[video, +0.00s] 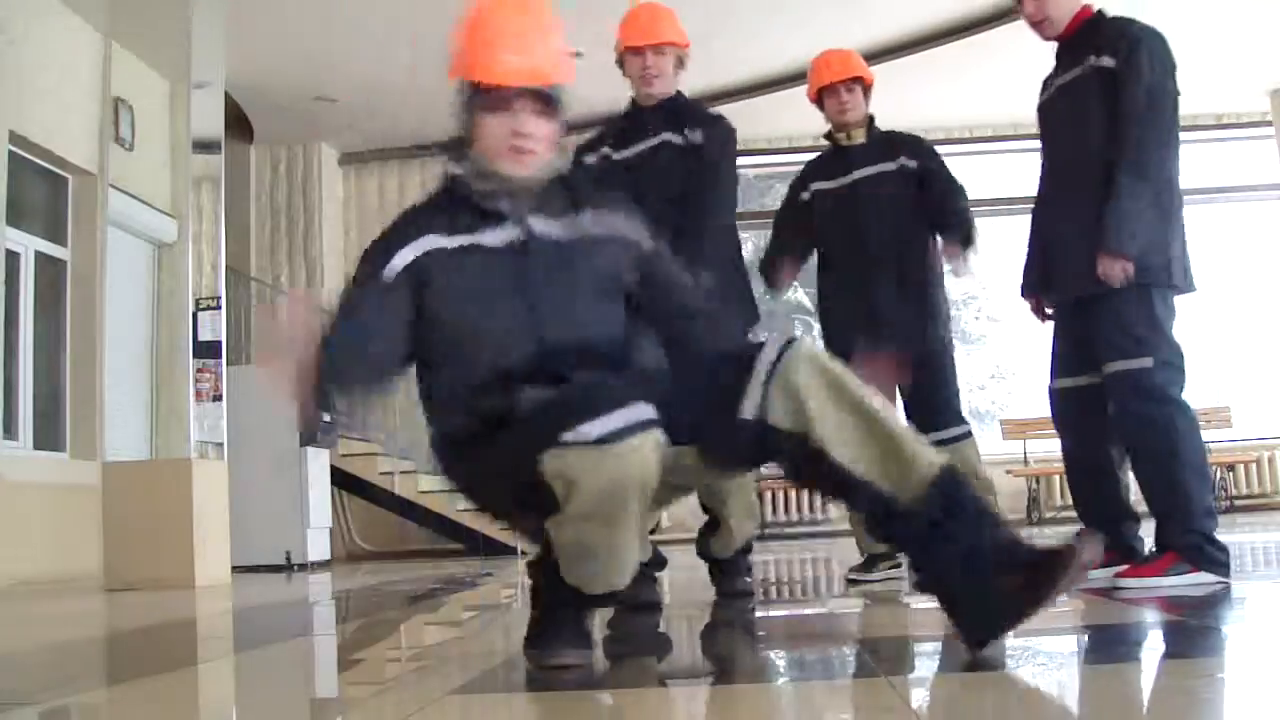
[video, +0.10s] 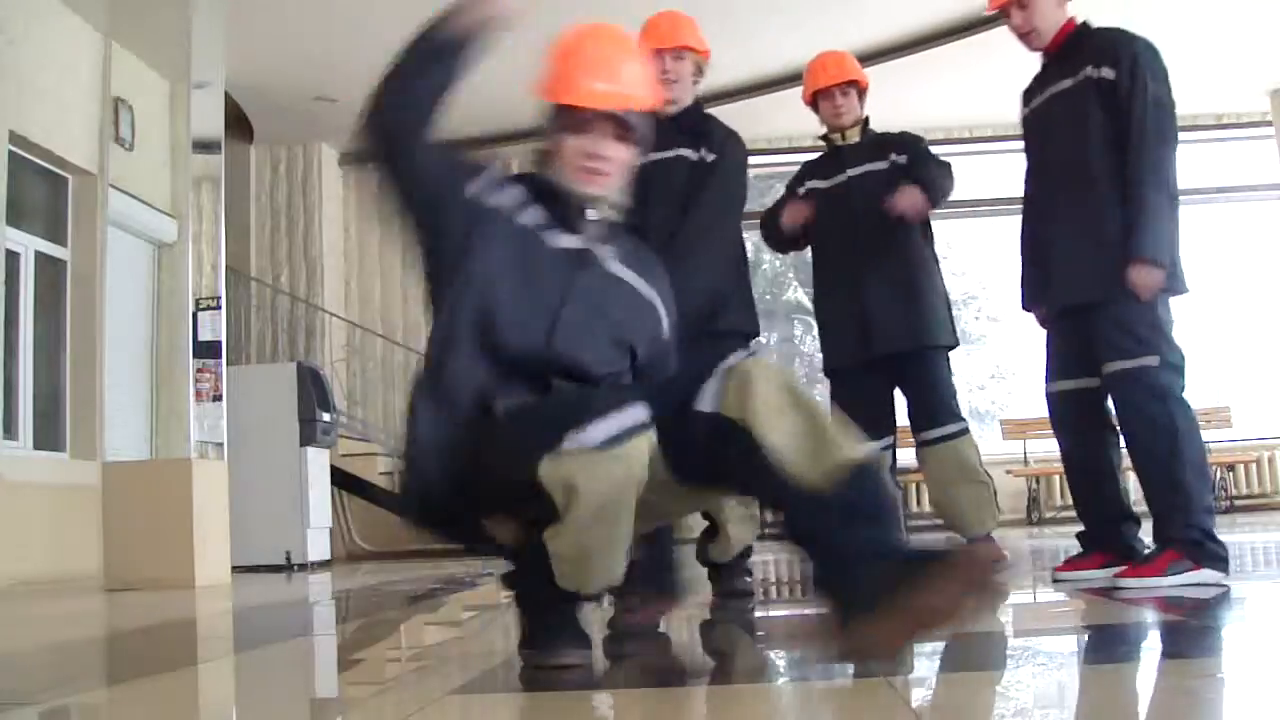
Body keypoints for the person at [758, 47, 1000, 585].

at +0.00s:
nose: (844, 99)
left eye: (851, 88)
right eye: (832, 93)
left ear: (867, 92)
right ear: (818, 104)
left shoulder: (910, 151)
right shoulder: (813, 177)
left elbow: (951, 206)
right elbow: (787, 243)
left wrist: (955, 236)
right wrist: (778, 270)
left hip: (918, 319)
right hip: (850, 328)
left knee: (942, 428)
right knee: (861, 440)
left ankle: (983, 541)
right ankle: (879, 552)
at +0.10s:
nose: (838, 101)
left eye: (846, 91)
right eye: (826, 96)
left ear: (861, 94)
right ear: (814, 107)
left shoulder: (898, 146)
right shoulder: (809, 175)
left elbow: (939, 173)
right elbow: (775, 237)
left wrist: (921, 190)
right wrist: (785, 221)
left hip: (914, 318)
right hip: (847, 329)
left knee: (941, 428)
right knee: (861, 444)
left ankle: (976, 533)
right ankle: (871, 558)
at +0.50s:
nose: (855, 94)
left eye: (865, 83)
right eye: (844, 86)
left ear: (880, 90)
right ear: (829, 95)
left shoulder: (911, 151)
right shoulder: (811, 170)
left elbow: (922, 215)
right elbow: (799, 238)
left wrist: (853, 218)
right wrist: (809, 278)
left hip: (908, 317)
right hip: (840, 323)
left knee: (914, 432)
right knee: (855, 439)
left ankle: (916, 549)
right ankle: (877, 549)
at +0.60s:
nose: (864, 92)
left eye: (874, 82)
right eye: (852, 84)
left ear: (889, 88)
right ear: (837, 92)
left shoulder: (920, 155)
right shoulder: (818, 165)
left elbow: (935, 229)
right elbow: (805, 250)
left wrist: (898, 261)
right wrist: (806, 322)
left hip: (910, 324)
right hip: (842, 329)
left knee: (917, 435)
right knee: (848, 440)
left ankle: (919, 547)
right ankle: (871, 540)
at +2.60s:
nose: (821, 128)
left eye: (830, 119)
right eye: (812, 121)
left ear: (849, 125)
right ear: (802, 129)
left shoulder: (873, 193)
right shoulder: (785, 192)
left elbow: (896, 264)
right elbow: (771, 266)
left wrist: (909, 324)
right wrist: (774, 323)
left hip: (864, 343)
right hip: (803, 344)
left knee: (863, 449)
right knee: (806, 449)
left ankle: (857, 550)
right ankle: (811, 551)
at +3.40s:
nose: (770, 139)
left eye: (775, 130)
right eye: (762, 129)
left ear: (783, 136)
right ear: (745, 136)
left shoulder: (812, 196)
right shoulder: (724, 197)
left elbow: (837, 272)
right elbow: (710, 271)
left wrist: (830, 329)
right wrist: (713, 334)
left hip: (803, 347)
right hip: (742, 351)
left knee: (826, 450)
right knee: (747, 460)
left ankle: (849, 548)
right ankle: (756, 562)